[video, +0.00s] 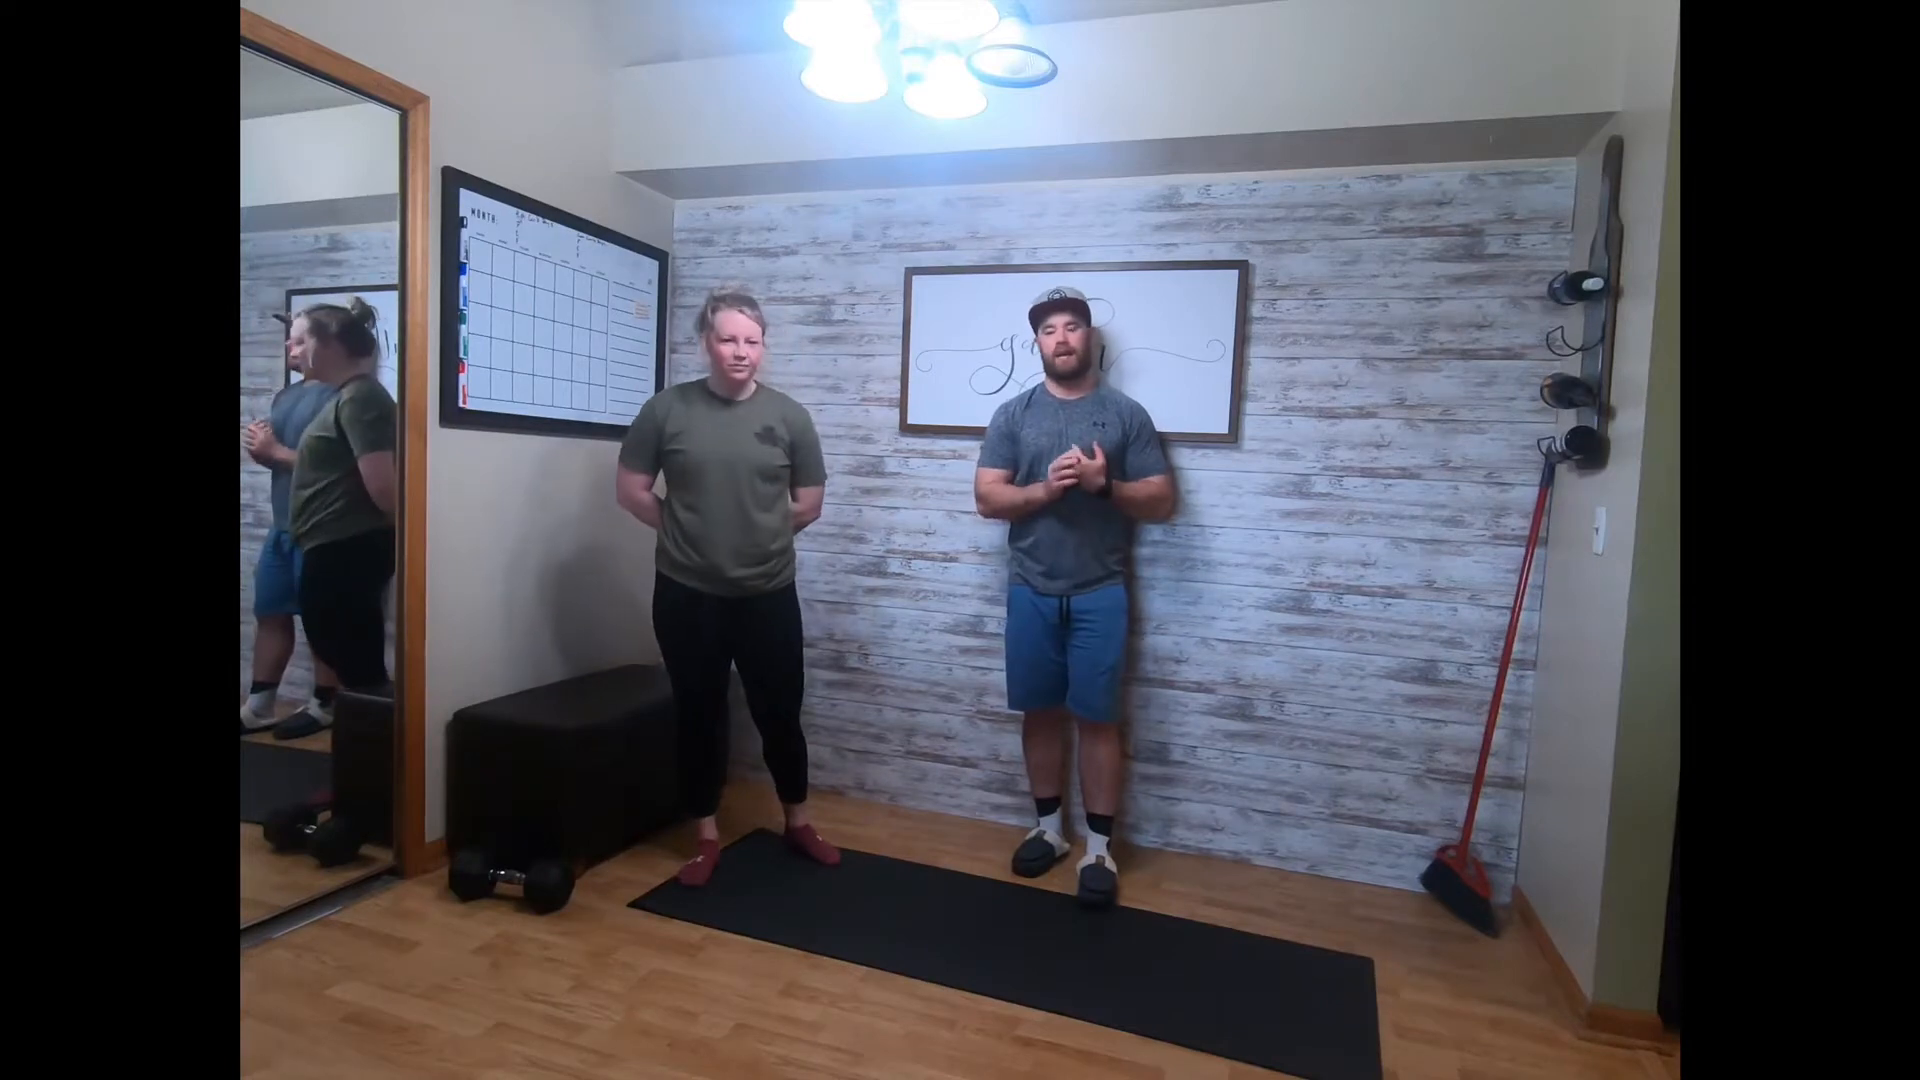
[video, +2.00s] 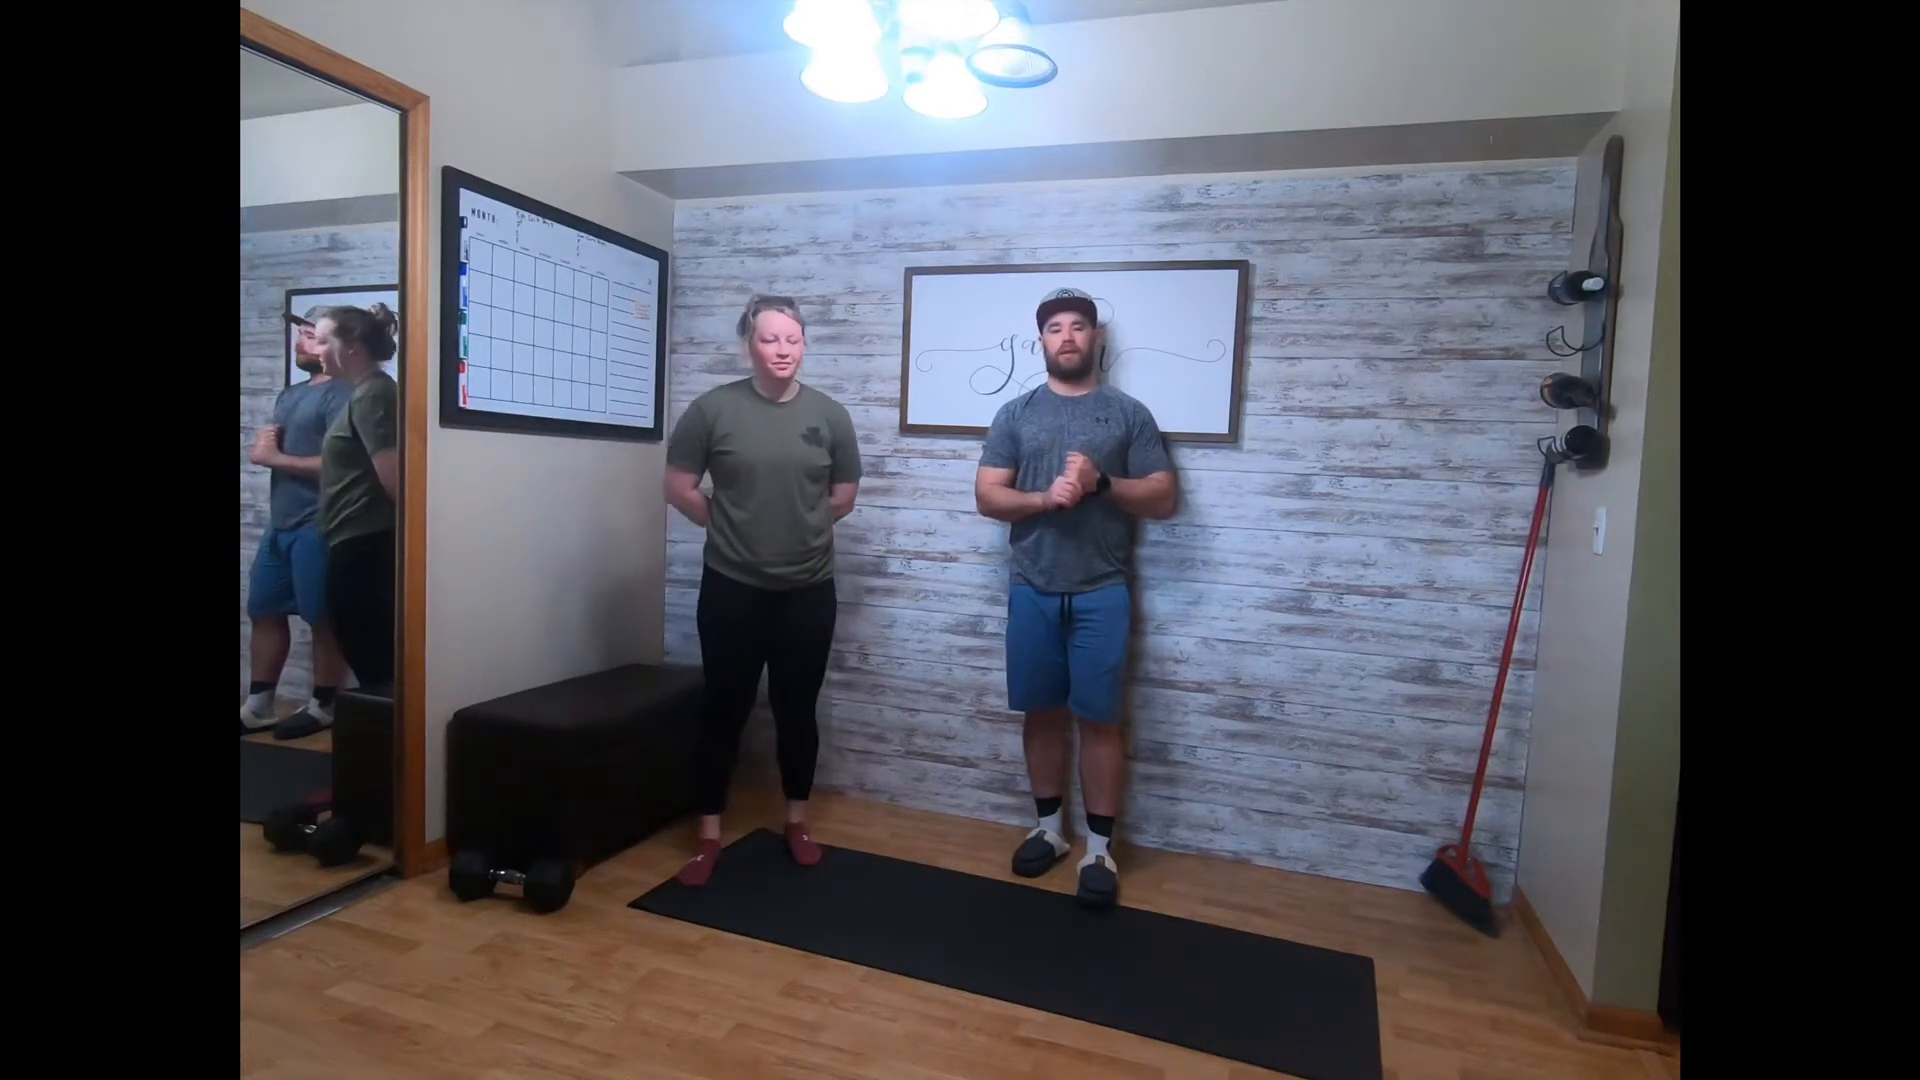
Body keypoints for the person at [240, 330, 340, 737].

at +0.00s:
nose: (291, 349)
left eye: (298, 341)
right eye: (289, 342)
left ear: (323, 343)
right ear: (290, 348)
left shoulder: (339, 396)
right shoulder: (285, 396)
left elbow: (330, 464)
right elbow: (277, 455)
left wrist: (276, 452)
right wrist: (262, 440)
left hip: (322, 531)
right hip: (283, 528)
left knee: (321, 622)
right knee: (272, 613)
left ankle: (325, 706)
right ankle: (260, 704)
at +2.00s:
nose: (300, 340)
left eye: (310, 335)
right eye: (301, 333)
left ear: (331, 347)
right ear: (302, 343)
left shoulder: (342, 394)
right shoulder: (289, 395)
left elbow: (337, 464)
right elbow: (278, 443)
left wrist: (275, 458)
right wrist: (267, 443)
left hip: (319, 524)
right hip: (280, 524)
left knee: (322, 618)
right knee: (265, 610)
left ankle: (324, 707)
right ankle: (259, 704)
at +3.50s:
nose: (294, 339)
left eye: (304, 332)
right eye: (295, 333)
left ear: (326, 342)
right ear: (299, 344)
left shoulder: (343, 392)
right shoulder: (294, 394)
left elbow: (346, 447)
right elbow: (276, 446)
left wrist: (317, 412)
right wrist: (248, 413)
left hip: (317, 523)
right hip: (276, 523)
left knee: (321, 617)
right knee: (260, 608)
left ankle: (324, 706)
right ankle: (259, 704)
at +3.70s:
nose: (300, 344)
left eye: (310, 336)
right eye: (300, 337)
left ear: (334, 344)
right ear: (301, 345)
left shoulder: (347, 394)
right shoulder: (293, 391)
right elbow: (254, 411)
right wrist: (242, 371)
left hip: (319, 527)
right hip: (279, 525)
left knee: (321, 619)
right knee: (261, 609)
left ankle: (325, 706)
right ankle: (259, 703)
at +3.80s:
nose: (298, 342)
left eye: (308, 336)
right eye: (297, 335)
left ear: (331, 344)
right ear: (296, 343)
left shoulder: (347, 391)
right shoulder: (289, 386)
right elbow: (250, 384)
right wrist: (238, 346)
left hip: (322, 528)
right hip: (280, 523)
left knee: (322, 621)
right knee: (264, 609)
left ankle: (324, 705)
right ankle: (259, 703)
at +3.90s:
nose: (296, 340)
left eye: (305, 333)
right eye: (296, 332)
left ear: (329, 341)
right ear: (296, 341)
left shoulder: (340, 385)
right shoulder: (290, 379)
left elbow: (351, 345)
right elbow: (253, 355)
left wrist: (340, 299)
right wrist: (238, 324)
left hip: (322, 522)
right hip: (283, 519)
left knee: (322, 618)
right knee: (264, 609)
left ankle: (324, 705)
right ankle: (259, 702)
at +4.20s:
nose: (291, 340)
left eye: (301, 332)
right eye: (292, 333)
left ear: (327, 340)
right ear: (294, 342)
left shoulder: (338, 386)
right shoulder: (287, 381)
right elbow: (246, 375)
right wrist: (240, 328)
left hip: (318, 524)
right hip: (280, 521)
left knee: (321, 620)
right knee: (262, 609)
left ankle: (324, 705)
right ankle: (259, 703)